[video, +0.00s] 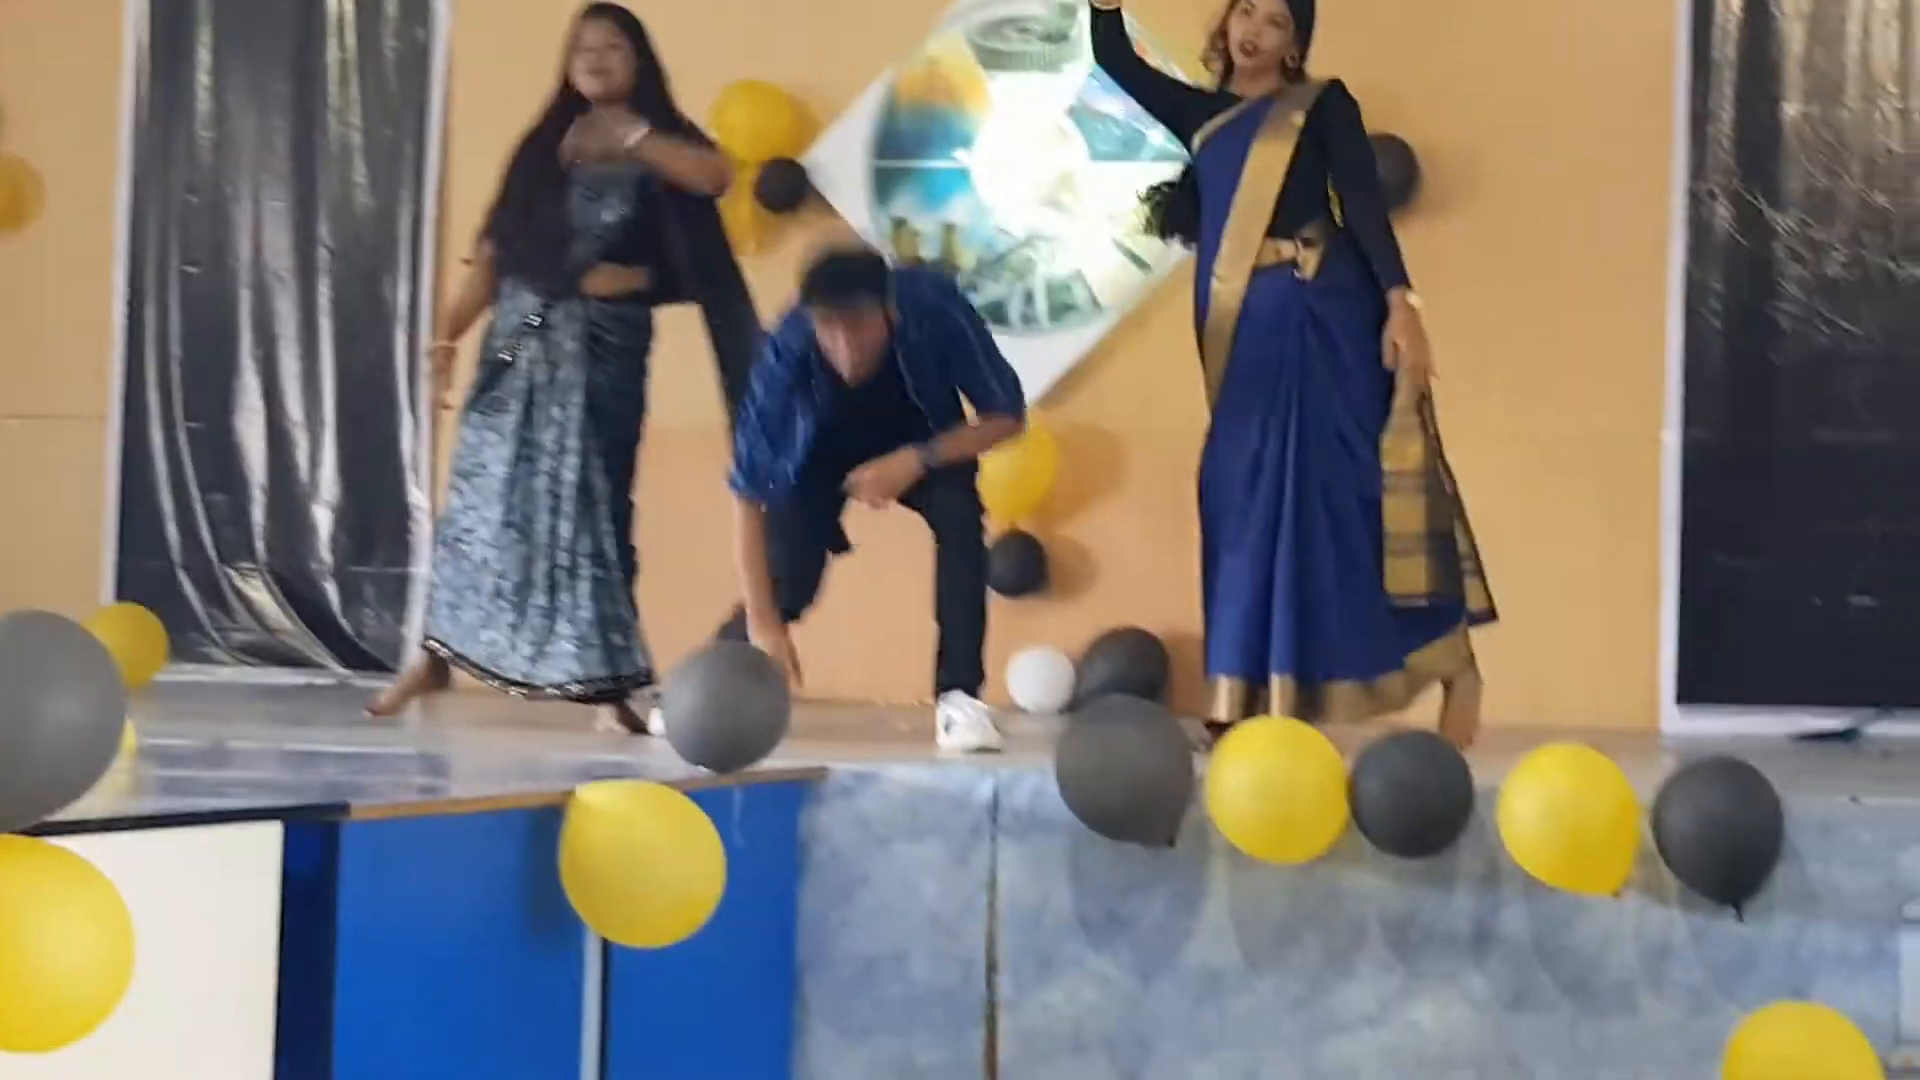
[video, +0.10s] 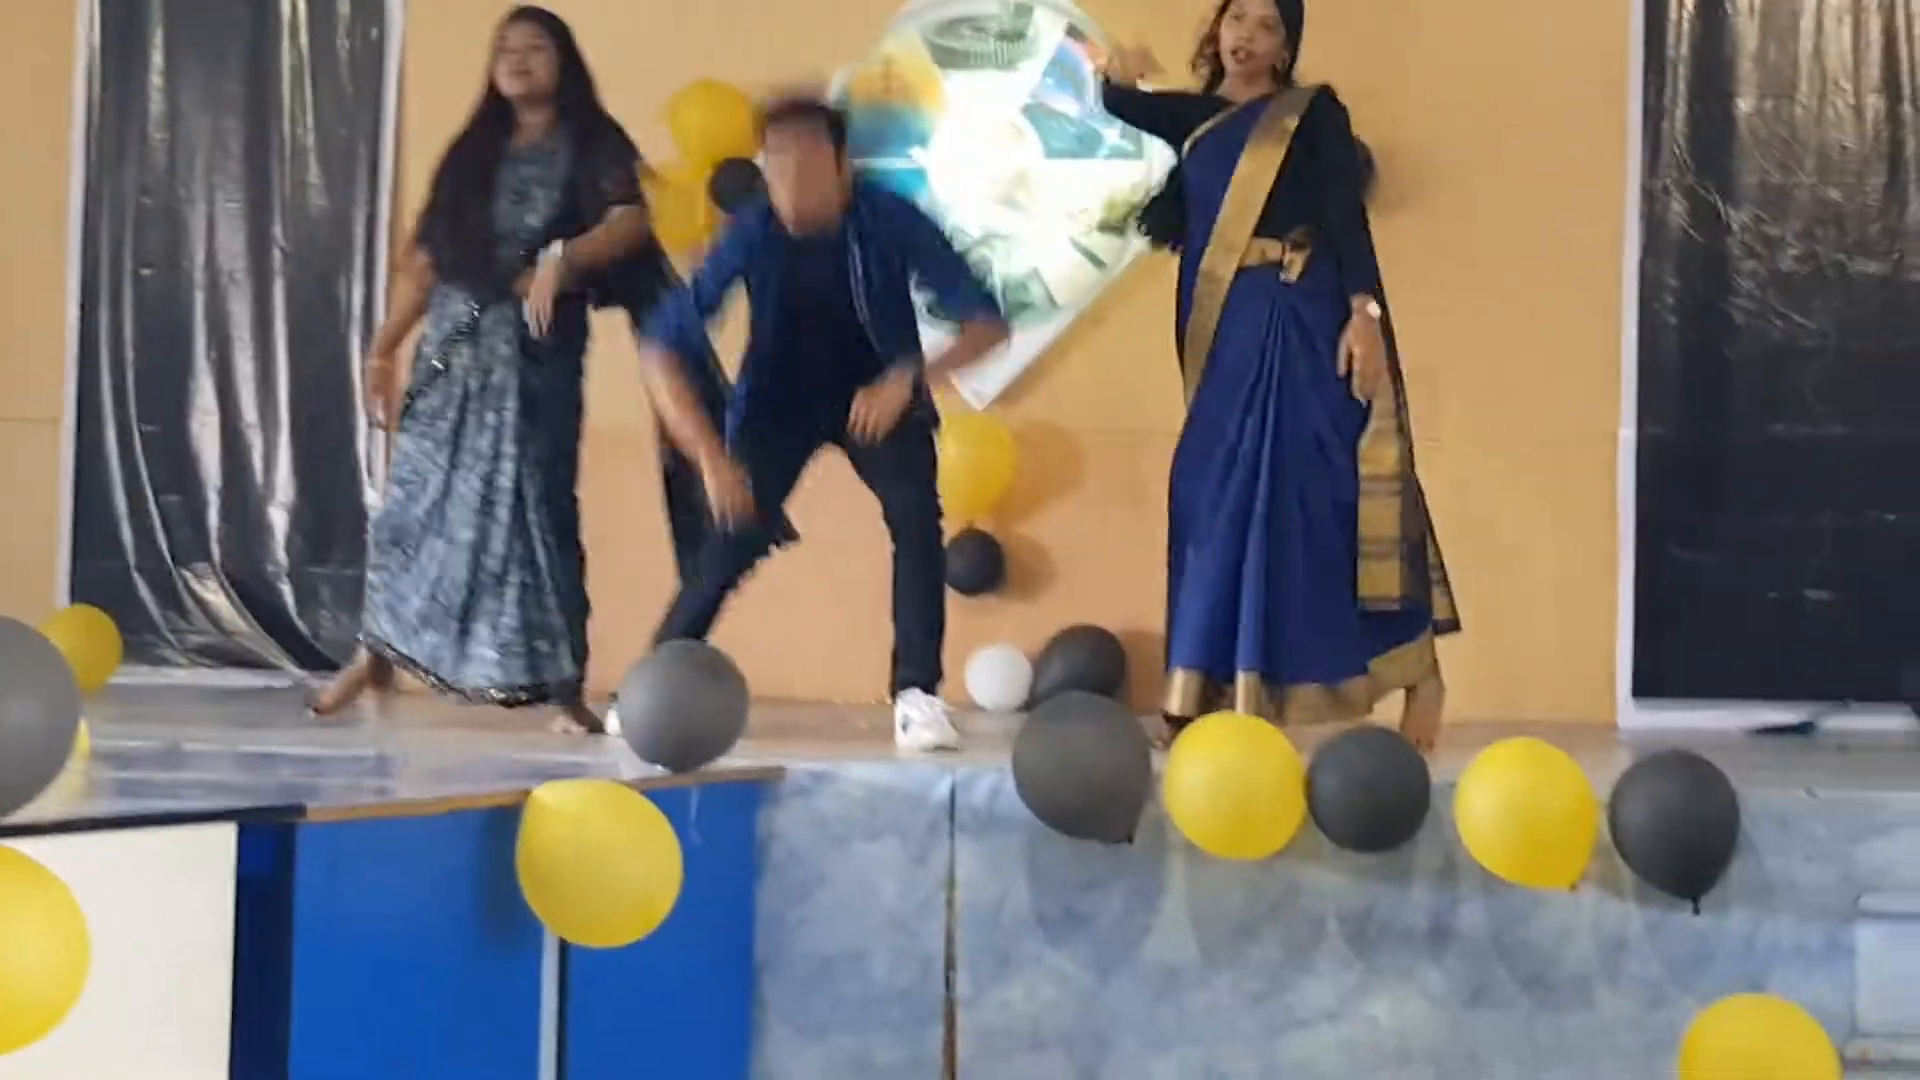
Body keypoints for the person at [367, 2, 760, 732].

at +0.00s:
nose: (596, 62)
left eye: (610, 50)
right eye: (584, 51)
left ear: (639, 59)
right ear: (567, 62)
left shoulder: (666, 138)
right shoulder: (546, 143)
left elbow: (718, 173)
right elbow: (492, 253)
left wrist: (631, 141)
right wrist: (447, 337)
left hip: (602, 342)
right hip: (520, 336)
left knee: (592, 505)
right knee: (477, 494)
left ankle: (614, 691)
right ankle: (430, 656)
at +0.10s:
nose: (518, 62)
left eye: (534, 51)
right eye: (507, 52)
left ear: (564, 63)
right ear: (492, 67)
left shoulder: (597, 144)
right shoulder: (473, 149)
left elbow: (632, 224)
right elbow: (426, 258)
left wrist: (563, 259)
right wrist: (384, 347)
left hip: (537, 349)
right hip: (454, 342)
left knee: (541, 507)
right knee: (413, 495)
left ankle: (564, 686)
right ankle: (373, 655)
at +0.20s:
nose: (436, 77)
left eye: (452, 65)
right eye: (425, 68)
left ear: (482, 77)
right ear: (411, 84)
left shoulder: (515, 166)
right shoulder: (391, 170)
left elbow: (544, 269)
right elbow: (349, 282)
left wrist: (532, 356)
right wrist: (303, 375)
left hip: (463, 366)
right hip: (381, 363)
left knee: (476, 523)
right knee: (352, 515)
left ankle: (518, 698)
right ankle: (312, 670)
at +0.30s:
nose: (367, 96)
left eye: (383, 85)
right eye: (355, 87)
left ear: (413, 101)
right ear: (340, 106)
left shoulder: (442, 188)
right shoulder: (318, 190)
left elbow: (478, 303)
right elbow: (278, 300)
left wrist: (503, 407)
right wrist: (241, 396)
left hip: (395, 385)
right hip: (310, 383)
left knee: (418, 539)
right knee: (289, 532)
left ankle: (476, 706)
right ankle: (269, 692)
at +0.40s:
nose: (326, 113)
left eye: (344, 103)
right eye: (315, 103)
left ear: (371, 121)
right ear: (299, 120)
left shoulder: (397, 207)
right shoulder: (269, 206)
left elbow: (438, 316)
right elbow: (230, 315)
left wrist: (465, 420)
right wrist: (203, 416)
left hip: (355, 397)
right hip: (269, 396)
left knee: (378, 550)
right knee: (258, 548)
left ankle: (452, 713)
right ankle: (253, 714)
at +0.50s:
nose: (302, 108)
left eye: (319, 99)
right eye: (291, 98)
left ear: (345, 116)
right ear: (272, 113)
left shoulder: (372, 200)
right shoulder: (237, 199)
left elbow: (401, 310)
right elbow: (197, 311)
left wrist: (418, 410)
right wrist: (168, 412)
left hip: (341, 396)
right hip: (253, 396)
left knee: (363, 543)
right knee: (246, 548)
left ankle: (415, 708)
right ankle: (238, 713)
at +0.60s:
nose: (290, 105)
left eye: (306, 95)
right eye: (280, 93)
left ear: (332, 110)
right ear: (260, 106)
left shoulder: (359, 193)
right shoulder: (224, 190)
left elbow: (380, 300)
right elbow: (181, 298)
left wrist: (397, 403)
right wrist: (144, 395)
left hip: (335, 390)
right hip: (245, 393)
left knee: (346, 542)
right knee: (243, 542)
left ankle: (371, 708)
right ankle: (239, 713)